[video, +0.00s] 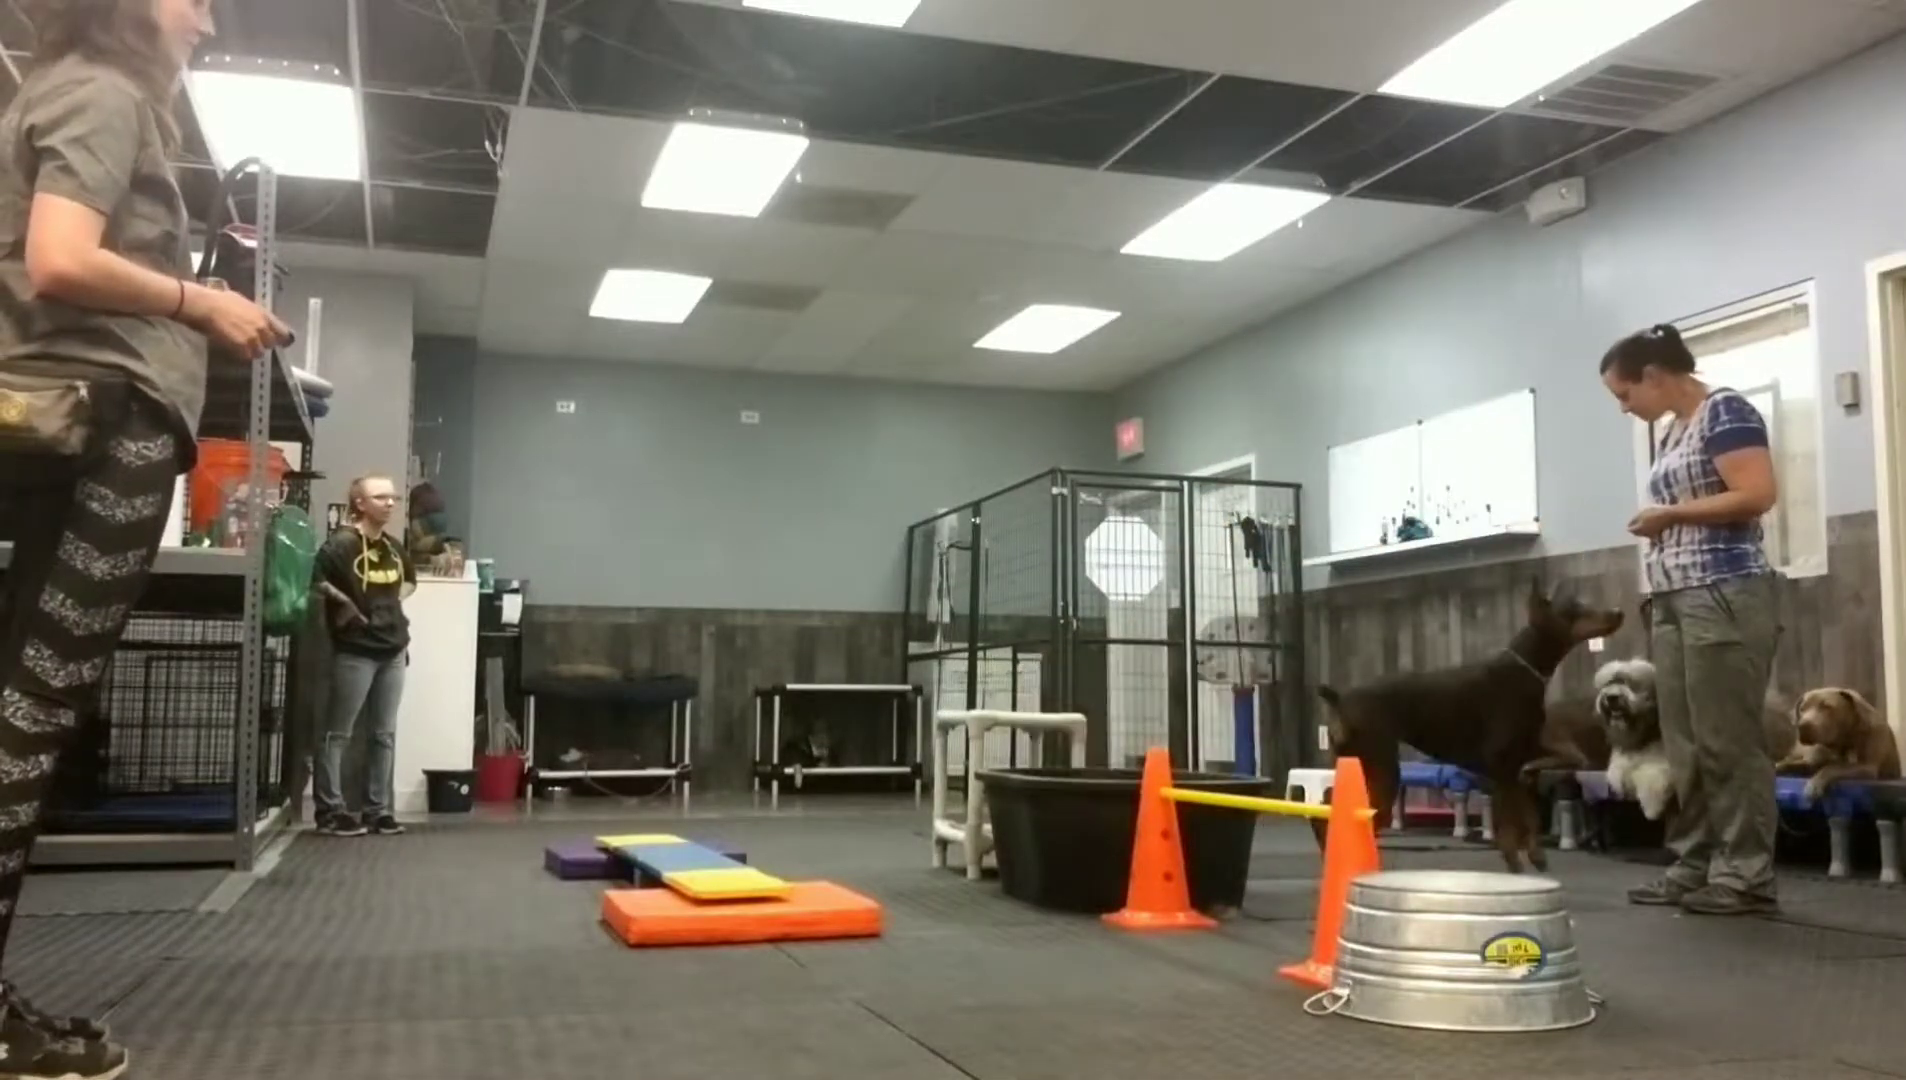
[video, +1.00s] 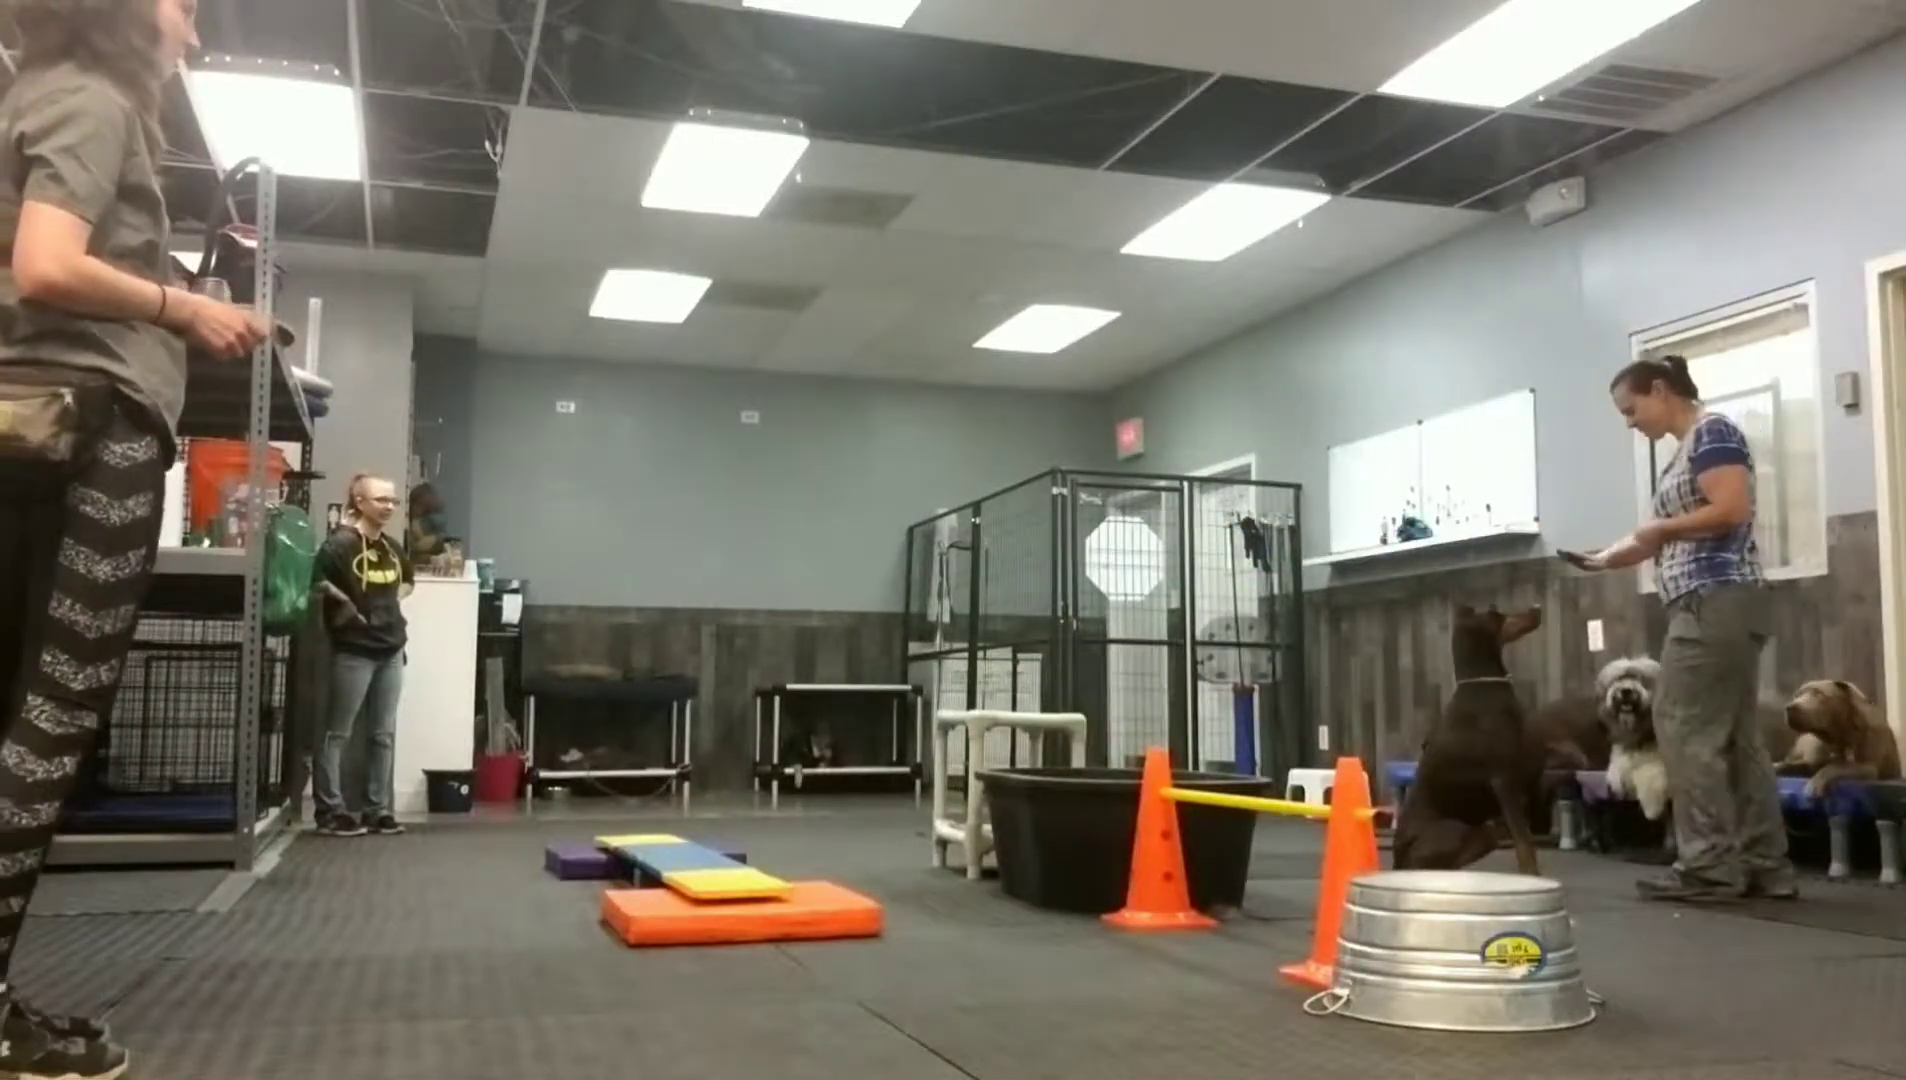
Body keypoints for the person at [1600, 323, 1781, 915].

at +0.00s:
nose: (1626, 409)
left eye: (1625, 395)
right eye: (1620, 399)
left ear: (1654, 375)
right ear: (1653, 380)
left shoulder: (1723, 411)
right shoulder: (1669, 437)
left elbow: (1758, 494)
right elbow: (1689, 518)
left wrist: (1671, 514)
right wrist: (1657, 536)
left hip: (1724, 597)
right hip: (1675, 602)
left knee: (1728, 740)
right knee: (1686, 743)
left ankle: (1746, 877)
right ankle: (1694, 866)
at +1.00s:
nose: (1633, 426)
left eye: (1632, 412)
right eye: (1628, 417)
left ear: (1659, 391)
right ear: (1658, 397)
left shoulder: (1711, 431)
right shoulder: (1686, 452)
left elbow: (1733, 509)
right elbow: (1662, 537)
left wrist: (1661, 528)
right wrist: (1604, 559)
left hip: (1714, 604)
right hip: (1723, 604)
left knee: (1682, 725)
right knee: (1736, 736)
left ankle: (1708, 863)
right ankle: (1767, 865)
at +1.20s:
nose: (1568, 430)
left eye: (1566, 417)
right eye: (1564, 420)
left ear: (1585, 408)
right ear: (1606, 405)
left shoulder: (1632, 449)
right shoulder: (1647, 451)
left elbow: (1657, 522)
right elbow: (1665, 527)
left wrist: (1595, 537)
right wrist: (1605, 539)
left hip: (1639, 605)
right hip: (1665, 603)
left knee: (1622, 736)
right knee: (1656, 732)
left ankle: (1646, 860)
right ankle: (1722, 831)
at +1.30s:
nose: (1537, 429)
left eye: (1535, 418)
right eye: (1535, 419)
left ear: (1552, 409)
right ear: (1582, 406)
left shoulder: (1579, 452)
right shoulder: (1623, 452)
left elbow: (1596, 526)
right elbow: (1664, 521)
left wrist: (1546, 539)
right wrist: (1626, 553)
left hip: (1598, 604)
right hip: (1637, 599)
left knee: (1607, 728)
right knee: (1601, 725)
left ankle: (1646, 860)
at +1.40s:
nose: (1499, 434)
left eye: (1502, 422)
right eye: (1498, 424)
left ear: (1529, 414)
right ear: (1545, 416)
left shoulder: (1534, 465)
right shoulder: (1590, 467)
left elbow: (1544, 538)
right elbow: (1634, 534)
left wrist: (1510, 552)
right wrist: (1602, 575)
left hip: (1559, 616)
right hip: (1604, 610)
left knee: (1589, 734)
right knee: (1556, 734)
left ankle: (1644, 859)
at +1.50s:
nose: (1467, 439)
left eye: (1470, 428)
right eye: (1466, 430)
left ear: (1497, 422)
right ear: (1512, 424)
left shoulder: (1494, 470)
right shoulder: (1553, 471)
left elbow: (1502, 538)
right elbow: (1594, 538)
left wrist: (1470, 557)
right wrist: (1564, 581)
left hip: (1520, 620)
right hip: (1566, 618)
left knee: (1506, 726)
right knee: (1553, 721)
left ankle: (1582, 804)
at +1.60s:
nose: (1436, 449)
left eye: (1435, 439)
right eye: (1434, 440)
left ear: (1446, 431)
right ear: (1480, 432)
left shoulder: (1459, 473)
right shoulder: (1517, 480)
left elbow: (1465, 542)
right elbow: (1555, 540)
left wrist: (1433, 557)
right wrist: (1532, 588)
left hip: (1469, 613)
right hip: (1524, 610)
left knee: (1434, 721)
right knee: (1520, 719)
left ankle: (1443, 812)